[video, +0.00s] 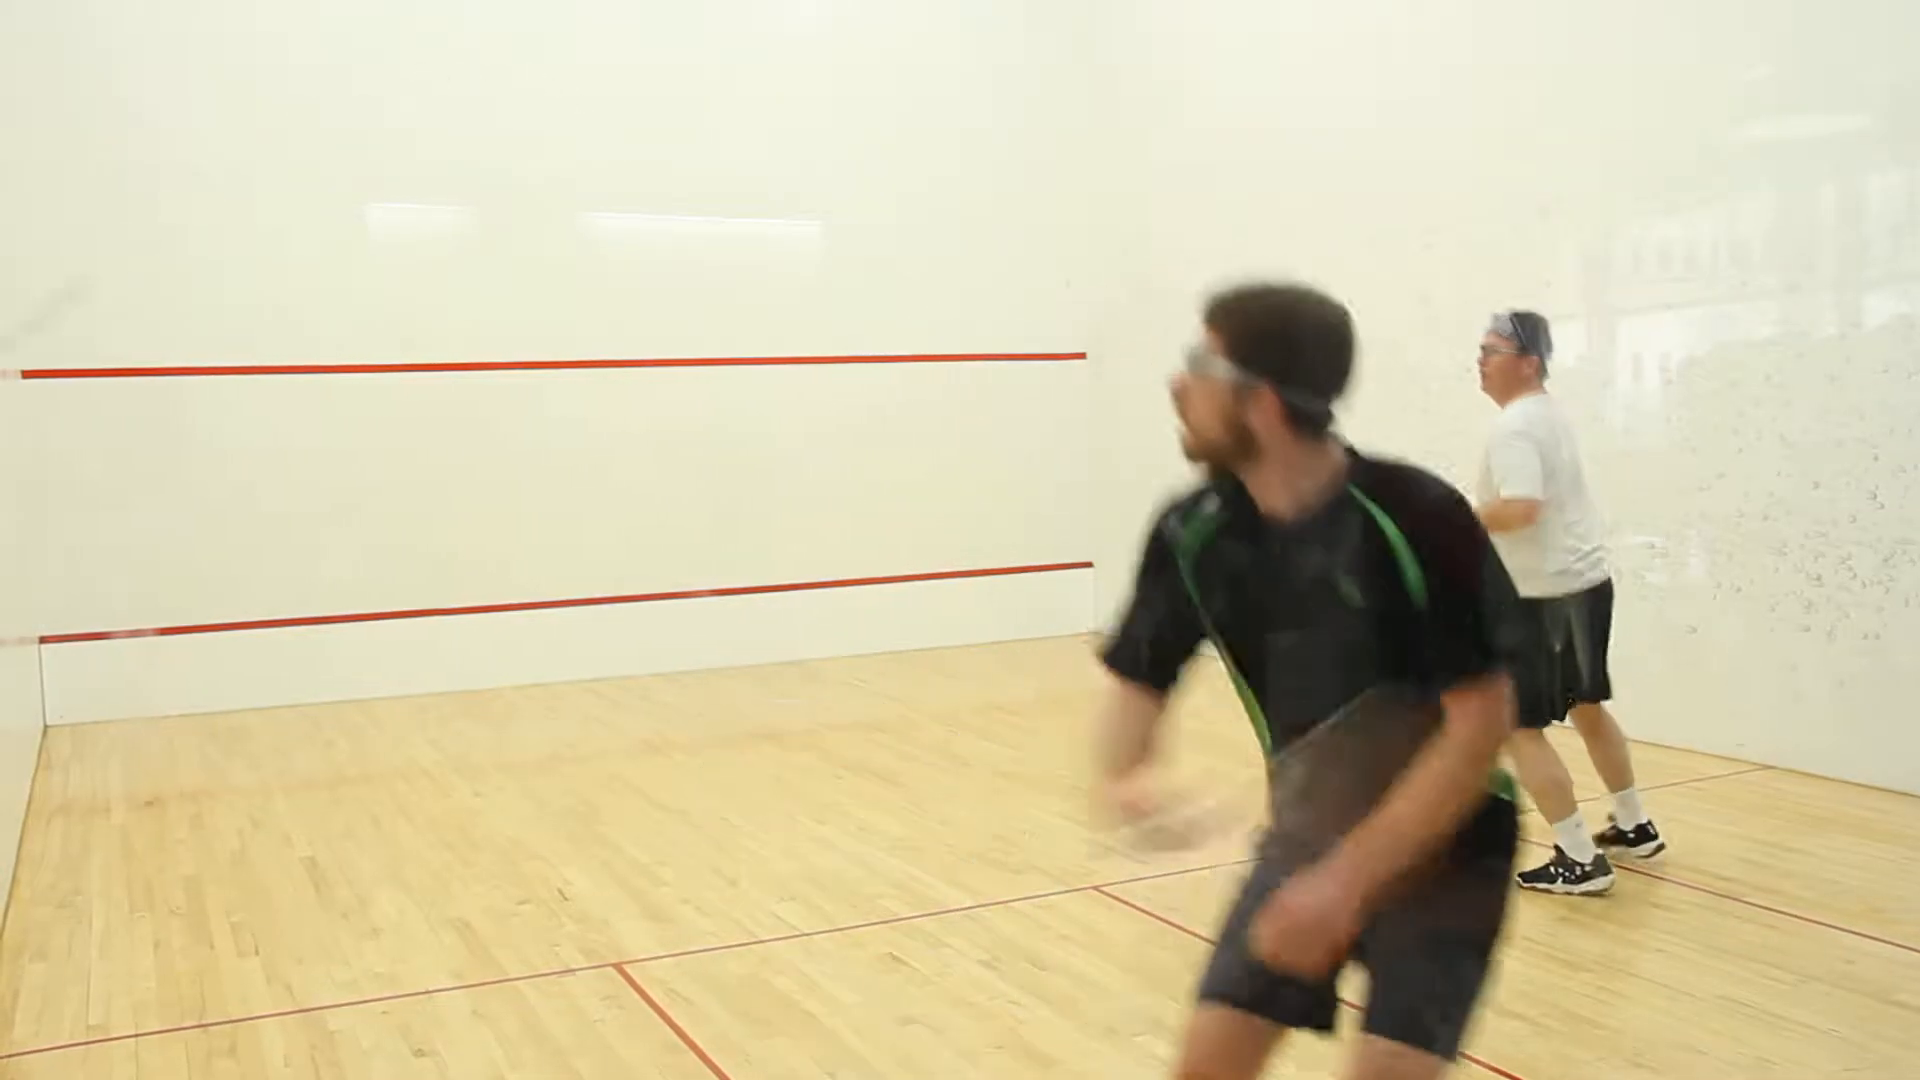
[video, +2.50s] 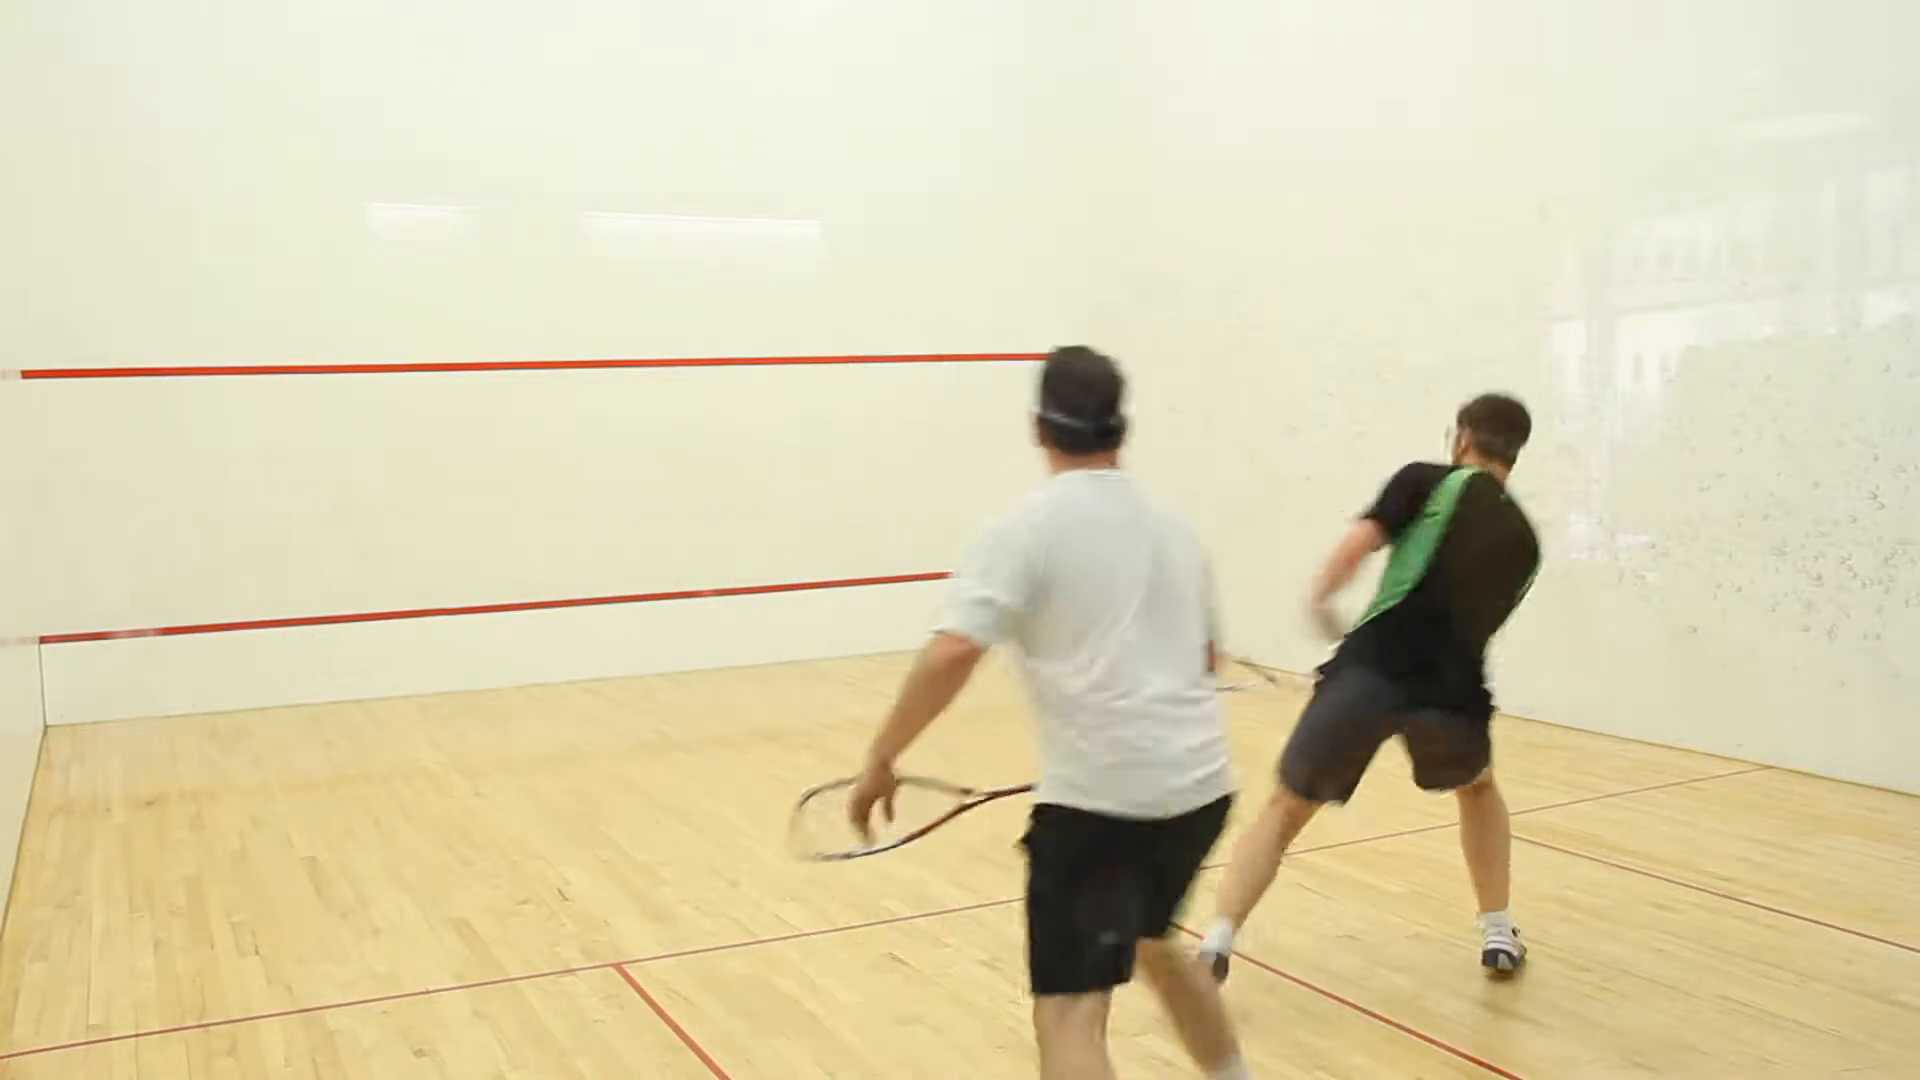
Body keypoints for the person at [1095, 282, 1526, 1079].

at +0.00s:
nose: (1176, 384)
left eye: (1199, 365)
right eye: (1188, 361)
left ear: (1260, 405)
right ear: (1258, 406)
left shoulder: (1418, 517)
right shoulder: (1194, 535)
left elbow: (1483, 720)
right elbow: (1137, 681)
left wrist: (1343, 879)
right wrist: (1129, 779)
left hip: (1443, 837)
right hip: (1306, 835)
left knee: (1388, 1064)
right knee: (1208, 1061)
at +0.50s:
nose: (1459, 558)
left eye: (1473, 536)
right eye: (1465, 535)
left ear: (1536, 567)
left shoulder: (1760, 660)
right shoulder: (1528, 706)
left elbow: (1911, 765)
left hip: (1819, 946)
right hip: (1660, 935)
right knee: (1544, 1067)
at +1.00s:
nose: (1569, 439)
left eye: (1574, 419)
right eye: (1571, 420)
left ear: (1597, 428)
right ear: (1660, 423)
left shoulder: (1617, 534)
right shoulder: (1771, 519)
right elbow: (1902, 633)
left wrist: (1571, 832)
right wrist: (1828, 727)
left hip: (1808, 844)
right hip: (1879, 808)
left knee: (1858, 1056)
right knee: (1754, 970)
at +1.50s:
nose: (1291, 421)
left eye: (1304, 405)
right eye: (1295, 403)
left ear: (1352, 415)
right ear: (1369, 416)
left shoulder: (1345, 498)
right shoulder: (1466, 476)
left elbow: (1385, 602)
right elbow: (1544, 579)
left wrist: (1369, 741)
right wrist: (1469, 645)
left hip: (1428, 738)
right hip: (1516, 727)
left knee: (1352, 851)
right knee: (1549, 913)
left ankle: (1368, 1029)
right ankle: (1715, 1037)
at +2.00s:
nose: (1214, 456)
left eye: (1218, 445)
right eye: (1219, 443)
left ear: (1230, 454)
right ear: (1281, 453)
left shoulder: (1237, 533)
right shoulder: (1342, 521)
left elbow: (1223, 648)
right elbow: (1393, 631)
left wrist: (1162, 703)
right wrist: (1323, 654)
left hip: (1298, 738)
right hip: (1381, 729)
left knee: (1174, 837)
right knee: (1325, 794)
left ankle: (1150, 1009)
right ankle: (1364, 921)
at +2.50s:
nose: (1452, 447)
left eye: (1454, 438)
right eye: (1457, 440)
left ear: (1462, 439)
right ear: (1516, 458)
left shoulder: (1425, 480)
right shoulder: (1526, 542)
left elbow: (1357, 544)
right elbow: (1479, 621)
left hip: (1370, 676)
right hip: (1451, 696)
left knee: (1287, 807)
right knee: (1477, 789)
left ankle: (1217, 941)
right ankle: (1498, 933)